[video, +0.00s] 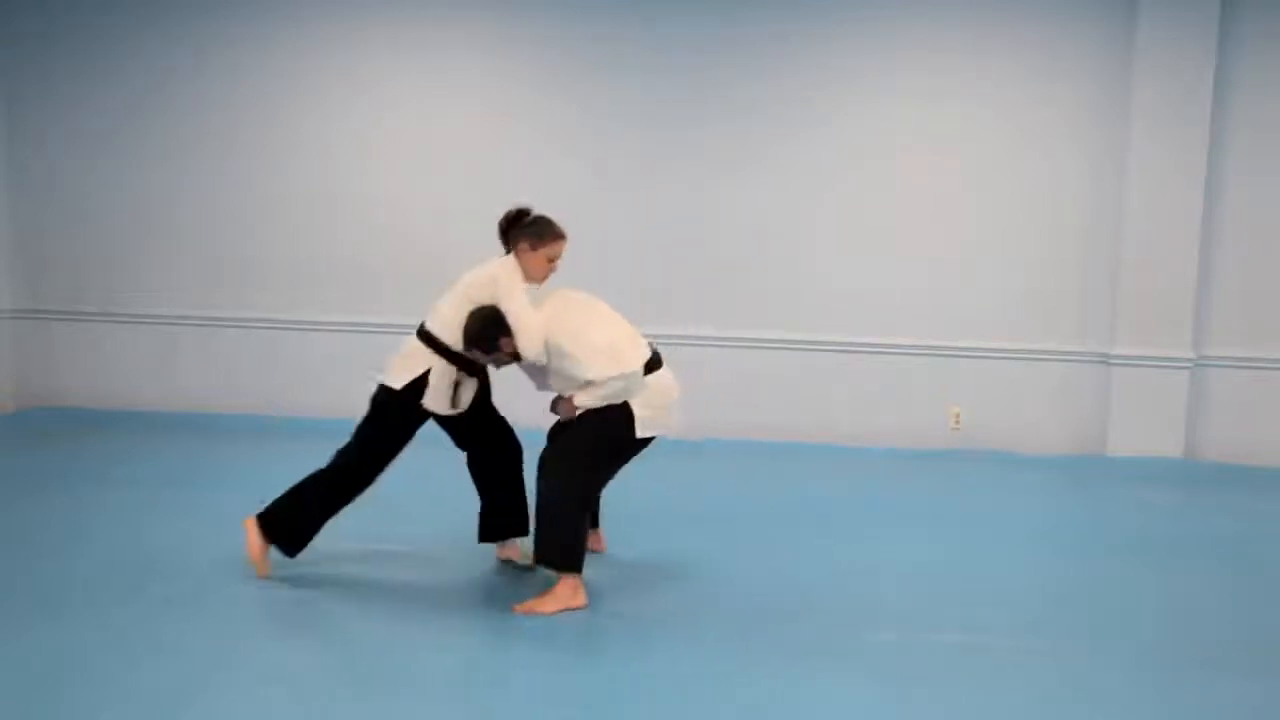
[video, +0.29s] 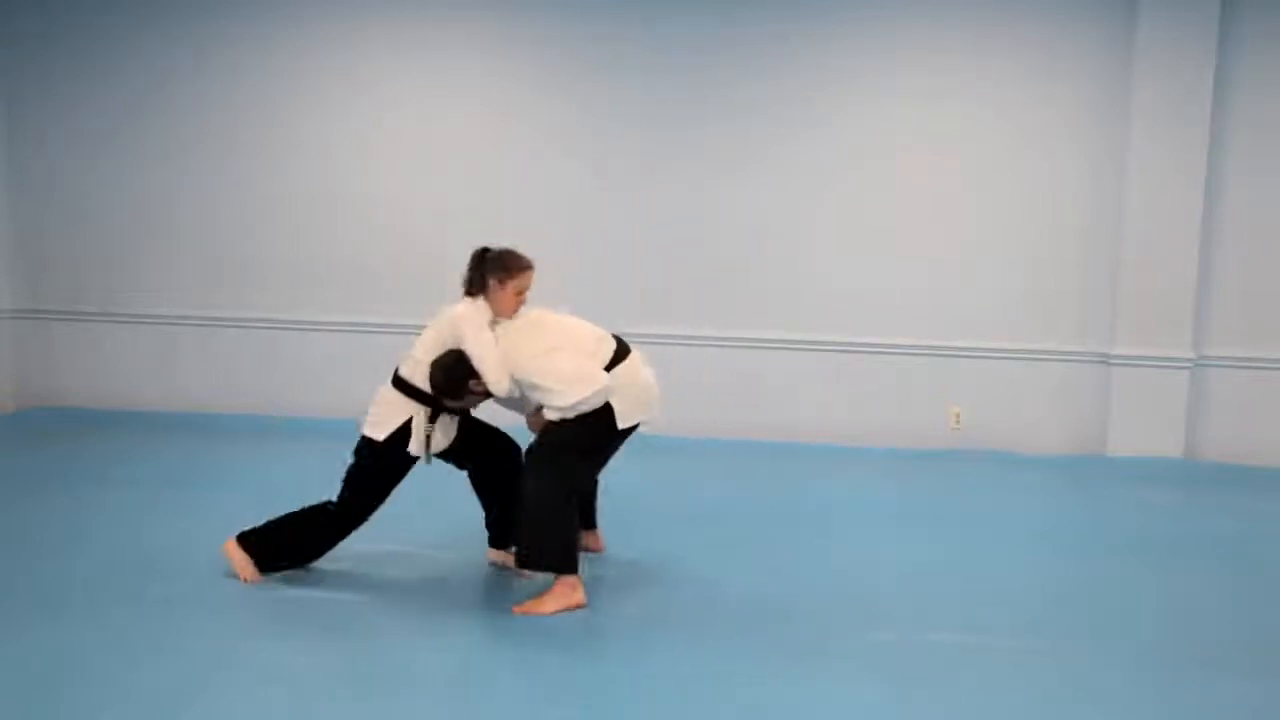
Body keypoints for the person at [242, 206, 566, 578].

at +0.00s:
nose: (555, 268)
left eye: (558, 259)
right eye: (551, 259)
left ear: (528, 252)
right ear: (524, 250)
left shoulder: (515, 279)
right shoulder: (504, 276)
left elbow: (530, 343)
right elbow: (531, 346)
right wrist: (561, 386)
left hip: (462, 383)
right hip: (420, 376)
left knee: (501, 451)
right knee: (359, 465)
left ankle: (507, 540)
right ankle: (266, 527)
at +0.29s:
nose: (525, 300)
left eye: (526, 292)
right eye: (519, 291)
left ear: (498, 289)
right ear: (491, 287)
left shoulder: (491, 319)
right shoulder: (469, 317)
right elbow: (499, 384)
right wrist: (533, 406)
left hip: (440, 418)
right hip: (401, 420)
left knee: (500, 453)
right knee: (352, 511)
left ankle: (506, 544)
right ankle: (252, 549)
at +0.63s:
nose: (522, 214)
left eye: (524, 204)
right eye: (516, 204)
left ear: (498, 203)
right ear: (488, 200)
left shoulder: (501, 242)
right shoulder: (473, 236)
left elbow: (516, 316)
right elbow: (511, 311)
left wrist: (549, 364)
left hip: (469, 357)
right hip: (440, 358)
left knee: (491, 445)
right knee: (485, 442)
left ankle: (497, 549)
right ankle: (424, 493)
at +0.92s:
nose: (566, 263)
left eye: (569, 254)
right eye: (564, 253)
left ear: (542, 242)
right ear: (542, 242)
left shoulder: (513, 264)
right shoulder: (516, 270)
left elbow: (519, 336)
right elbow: (521, 343)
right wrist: (552, 382)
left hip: (427, 368)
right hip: (427, 371)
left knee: (478, 450)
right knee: (479, 450)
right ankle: (493, 553)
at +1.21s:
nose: (552, 314)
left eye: (554, 305)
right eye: (547, 305)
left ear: (523, 299)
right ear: (524, 300)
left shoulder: (502, 322)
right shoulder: (501, 324)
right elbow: (521, 397)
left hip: (438, 423)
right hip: (402, 417)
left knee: (500, 461)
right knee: (329, 483)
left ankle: (499, 552)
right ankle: (226, 552)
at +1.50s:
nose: (535, 230)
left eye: (536, 222)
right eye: (530, 222)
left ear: (508, 219)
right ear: (504, 219)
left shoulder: (493, 256)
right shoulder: (498, 262)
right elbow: (511, 334)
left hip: (473, 379)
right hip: (438, 380)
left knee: (507, 455)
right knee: (448, 481)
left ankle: (500, 553)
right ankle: (362, 514)